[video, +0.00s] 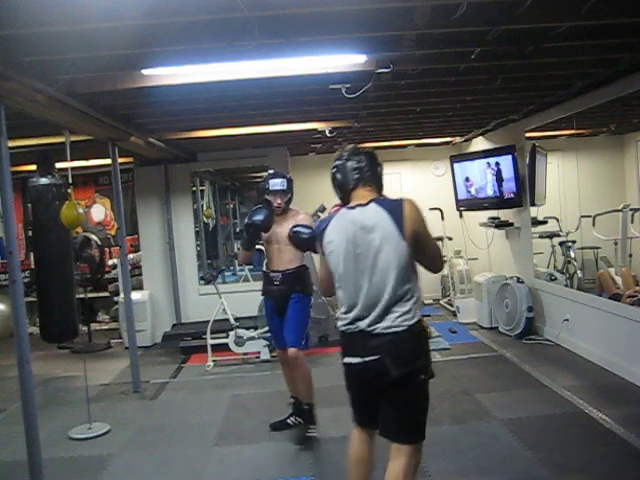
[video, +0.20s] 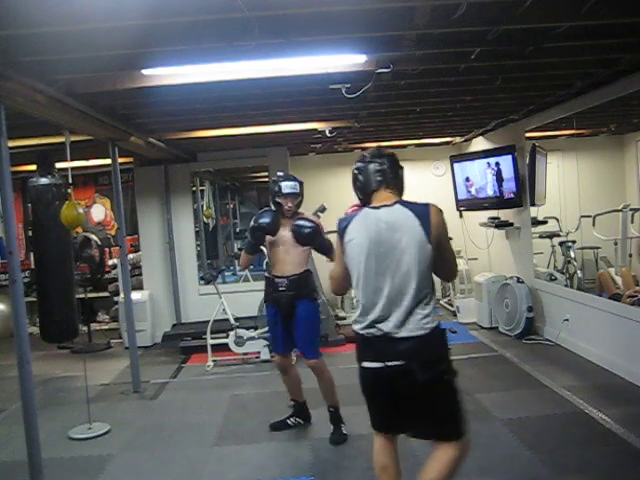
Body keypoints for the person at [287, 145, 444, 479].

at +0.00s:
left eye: (339, 179)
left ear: (340, 184)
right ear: (379, 176)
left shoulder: (329, 228)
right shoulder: (404, 210)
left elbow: (326, 288)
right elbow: (435, 263)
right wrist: (403, 234)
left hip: (355, 349)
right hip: (403, 346)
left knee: (361, 429)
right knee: (404, 448)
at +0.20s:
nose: (357, 186)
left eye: (357, 181)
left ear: (360, 186)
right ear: (398, 179)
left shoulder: (348, 226)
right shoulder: (428, 215)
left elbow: (337, 286)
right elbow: (448, 272)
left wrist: (343, 238)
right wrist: (419, 242)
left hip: (373, 353)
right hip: (423, 350)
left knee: (383, 433)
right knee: (450, 441)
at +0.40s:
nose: (376, 186)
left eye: (376, 180)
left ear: (383, 183)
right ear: (419, 178)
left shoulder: (376, 221)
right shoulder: (458, 210)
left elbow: (366, 284)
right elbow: (470, 273)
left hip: (406, 349)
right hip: (460, 344)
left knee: (399, 435)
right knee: (495, 434)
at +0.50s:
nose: (393, 185)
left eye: (394, 179)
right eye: (393, 179)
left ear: (400, 183)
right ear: (436, 177)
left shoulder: (399, 225)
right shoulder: (476, 213)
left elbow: (384, 286)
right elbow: (490, 269)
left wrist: (387, 254)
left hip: (432, 351)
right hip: (486, 345)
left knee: (412, 438)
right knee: (517, 438)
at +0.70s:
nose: (440, 192)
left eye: (440, 185)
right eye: (438, 185)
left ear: (451, 183)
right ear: (483, 177)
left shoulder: (450, 230)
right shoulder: (526, 214)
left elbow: (428, 294)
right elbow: (528, 266)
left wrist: (418, 257)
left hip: (480, 357)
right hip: (537, 351)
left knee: (454, 440)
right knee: (553, 444)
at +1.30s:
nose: (454, 193)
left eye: (454, 184)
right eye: (451, 185)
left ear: (470, 179)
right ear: (484, 175)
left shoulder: (492, 215)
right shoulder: (528, 205)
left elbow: (462, 278)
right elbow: (502, 257)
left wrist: (434, 242)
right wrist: (465, 230)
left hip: (512, 329)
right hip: (552, 323)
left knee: (487, 412)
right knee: (547, 407)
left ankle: (512, 475)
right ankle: (561, 475)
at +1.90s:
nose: (463, 193)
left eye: (466, 187)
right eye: (461, 188)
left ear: (482, 184)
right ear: (481, 185)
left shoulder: (510, 208)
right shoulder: (484, 211)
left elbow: (496, 247)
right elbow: (475, 251)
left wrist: (455, 226)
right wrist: (454, 226)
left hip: (522, 294)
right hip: (508, 293)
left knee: (495, 374)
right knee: (534, 369)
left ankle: (518, 435)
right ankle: (572, 431)